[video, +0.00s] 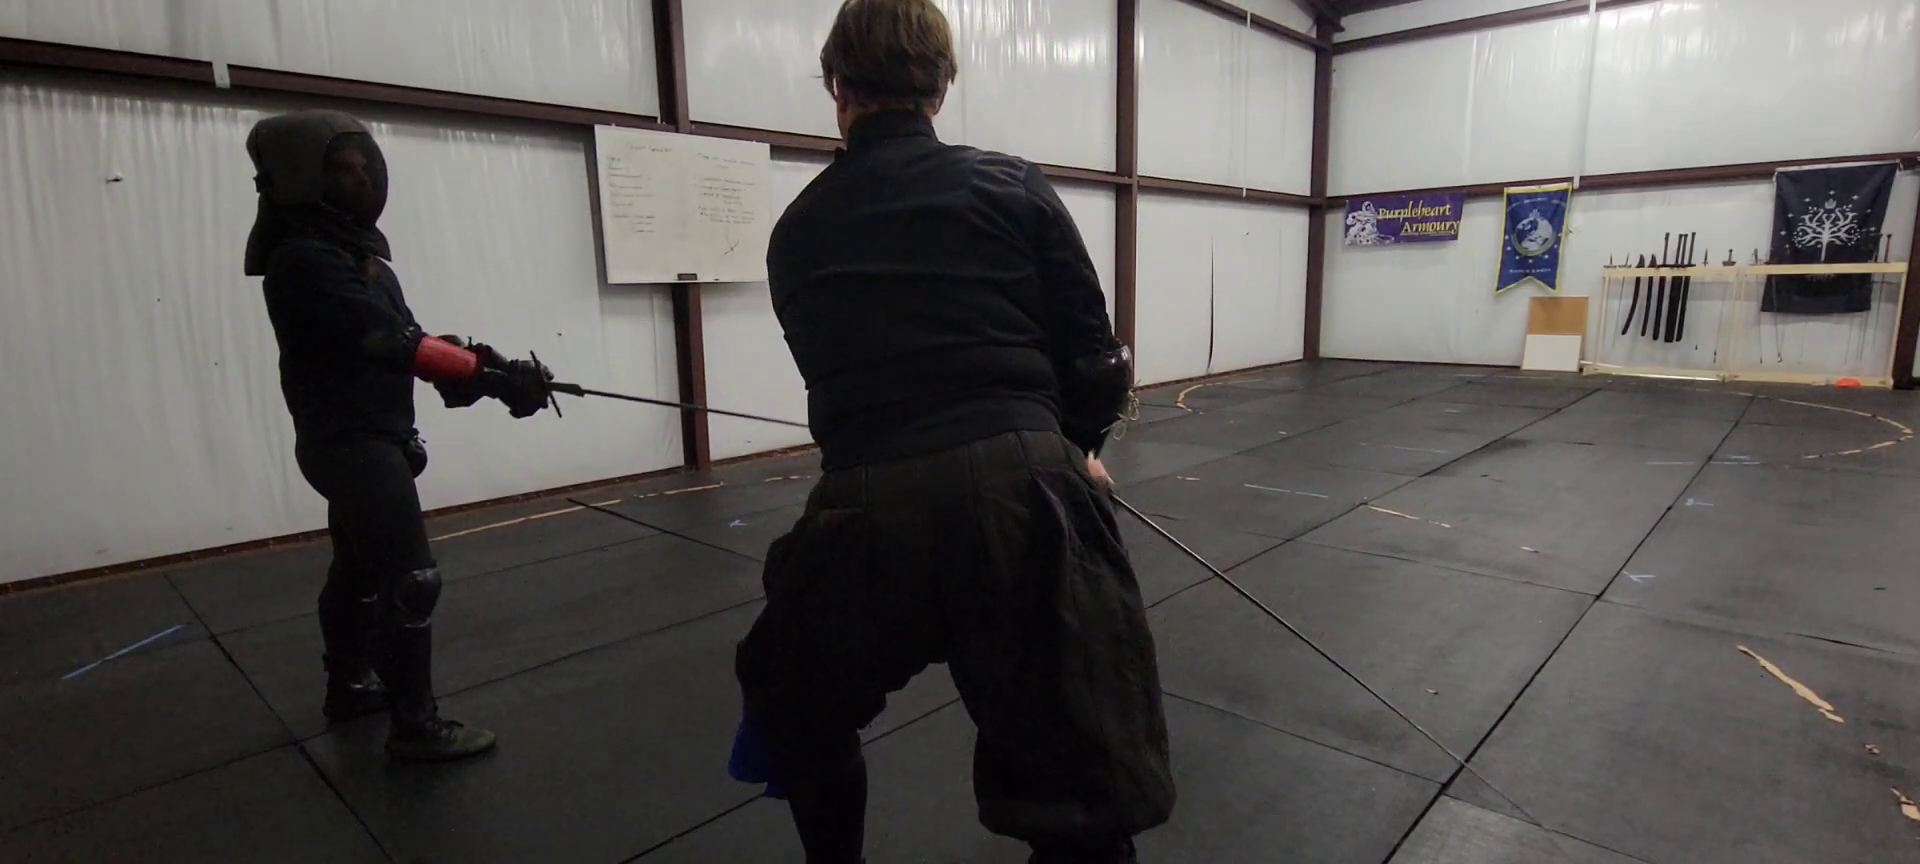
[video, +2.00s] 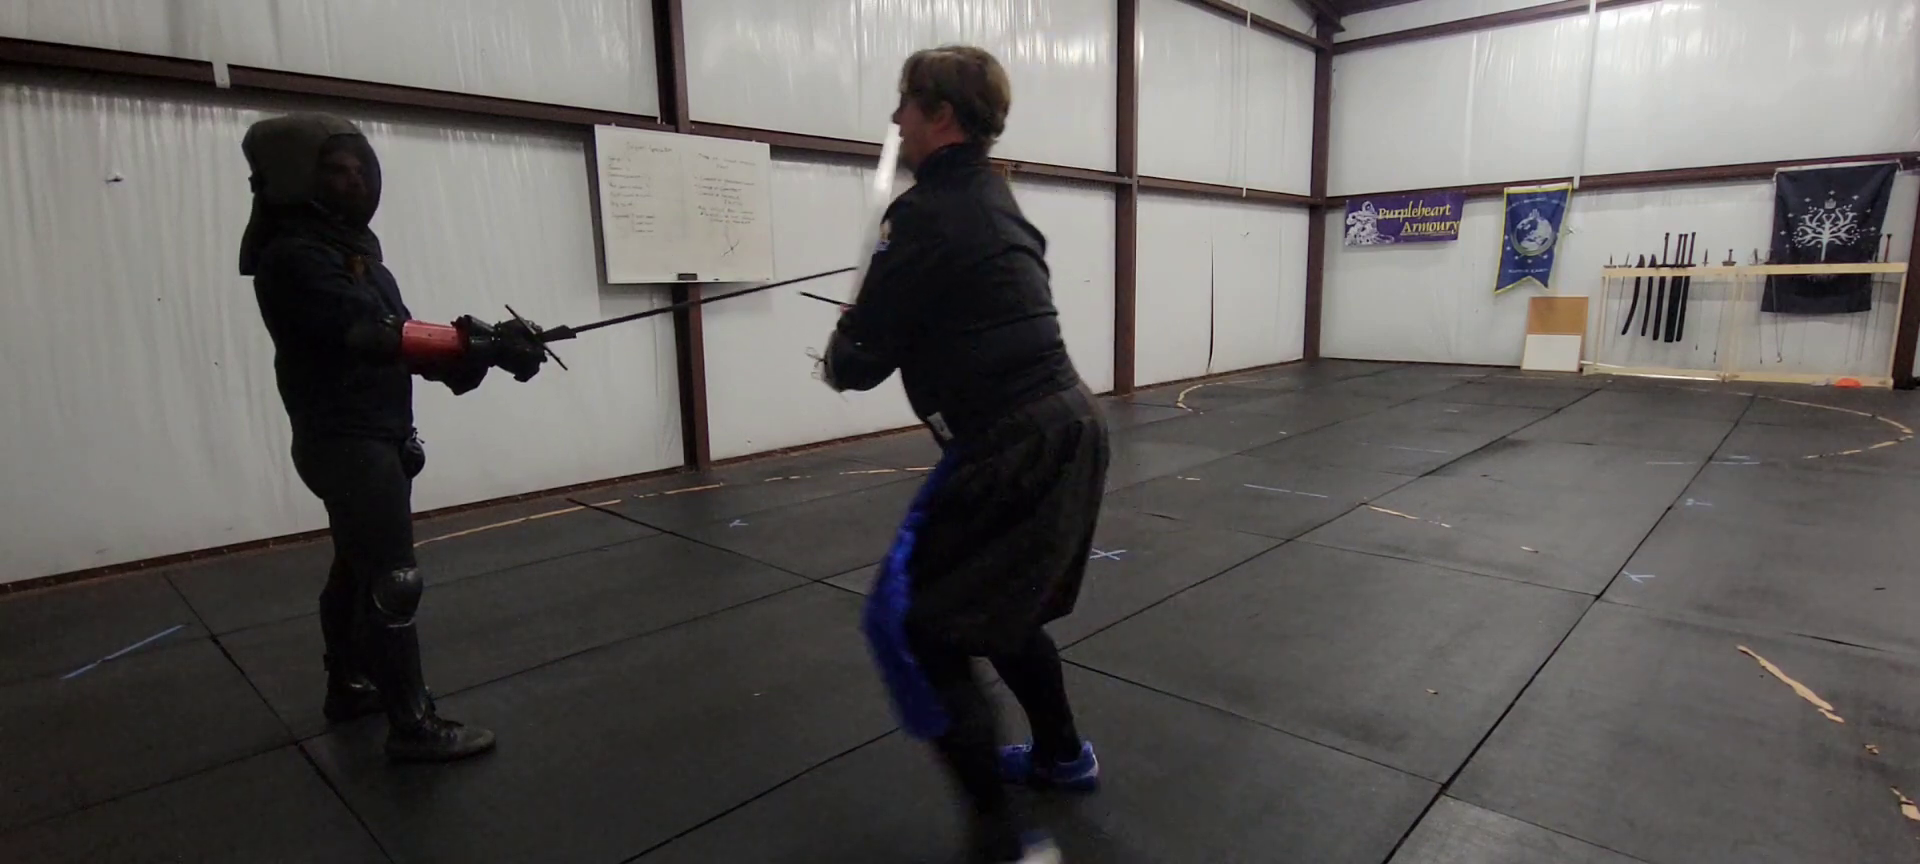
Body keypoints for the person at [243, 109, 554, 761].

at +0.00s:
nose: (368, 178)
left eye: (371, 165)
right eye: (350, 167)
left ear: (375, 172)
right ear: (311, 179)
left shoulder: (350, 246)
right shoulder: (304, 258)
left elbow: (393, 336)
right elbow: (381, 341)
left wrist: (466, 361)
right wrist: (493, 374)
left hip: (375, 441)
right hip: (352, 446)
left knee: (359, 571)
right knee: (409, 580)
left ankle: (349, 689)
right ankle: (416, 725)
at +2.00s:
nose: (355, 181)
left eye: (361, 169)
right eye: (339, 169)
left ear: (371, 179)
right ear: (308, 179)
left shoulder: (350, 245)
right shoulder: (292, 254)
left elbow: (393, 328)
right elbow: (364, 334)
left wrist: (466, 349)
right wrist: (478, 345)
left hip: (376, 439)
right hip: (343, 444)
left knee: (359, 569)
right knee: (392, 582)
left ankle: (349, 688)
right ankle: (411, 723)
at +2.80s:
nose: (362, 184)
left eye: (368, 171)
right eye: (345, 172)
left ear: (379, 179)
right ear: (314, 182)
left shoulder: (354, 246)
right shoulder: (304, 255)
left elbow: (391, 333)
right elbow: (359, 336)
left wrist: (433, 357)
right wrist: (433, 359)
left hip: (377, 438)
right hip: (349, 444)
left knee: (360, 569)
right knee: (394, 581)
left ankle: (349, 687)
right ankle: (408, 717)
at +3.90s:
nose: (432, 196)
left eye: (433, 183)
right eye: (422, 183)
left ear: (358, 189)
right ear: (389, 188)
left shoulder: (341, 256)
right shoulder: (374, 261)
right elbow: (423, 363)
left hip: (357, 443)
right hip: (382, 447)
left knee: (378, 568)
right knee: (447, 578)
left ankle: (350, 688)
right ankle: (441, 721)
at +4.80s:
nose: (439, 192)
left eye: (437, 180)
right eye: (431, 180)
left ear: (348, 187)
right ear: (407, 189)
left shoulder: (306, 268)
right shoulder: (406, 268)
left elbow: (383, 342)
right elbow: (461, 344)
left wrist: (471, 330)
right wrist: (507, 336)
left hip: (339, 448)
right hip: (398, 451)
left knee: (360, 570)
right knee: (459, 577)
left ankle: (349, 691)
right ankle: (444, 723)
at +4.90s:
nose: (446, 195)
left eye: (444, 182)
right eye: (439, 183)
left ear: (358, 186)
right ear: (419, 191)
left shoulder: (314, 261)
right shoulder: (414, 267)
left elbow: (288, 345)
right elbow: (461, 352)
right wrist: (481, 328)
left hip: (340, 445)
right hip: (398, 449)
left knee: (360, 568)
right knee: (460, 577)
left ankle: (348, 690)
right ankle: (444, 722)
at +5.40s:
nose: (432, 193)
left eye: (430, 180)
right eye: (425, 181)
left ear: (342, 186)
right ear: (402, 190)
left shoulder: (303, 266)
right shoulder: (399, 270)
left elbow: (338, 354)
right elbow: (456, 349)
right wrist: (506, 340)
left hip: (333, 447)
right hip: (392, 450)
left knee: (357, 568)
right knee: (451, 575)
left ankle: (348, 687)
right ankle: (442, 719)